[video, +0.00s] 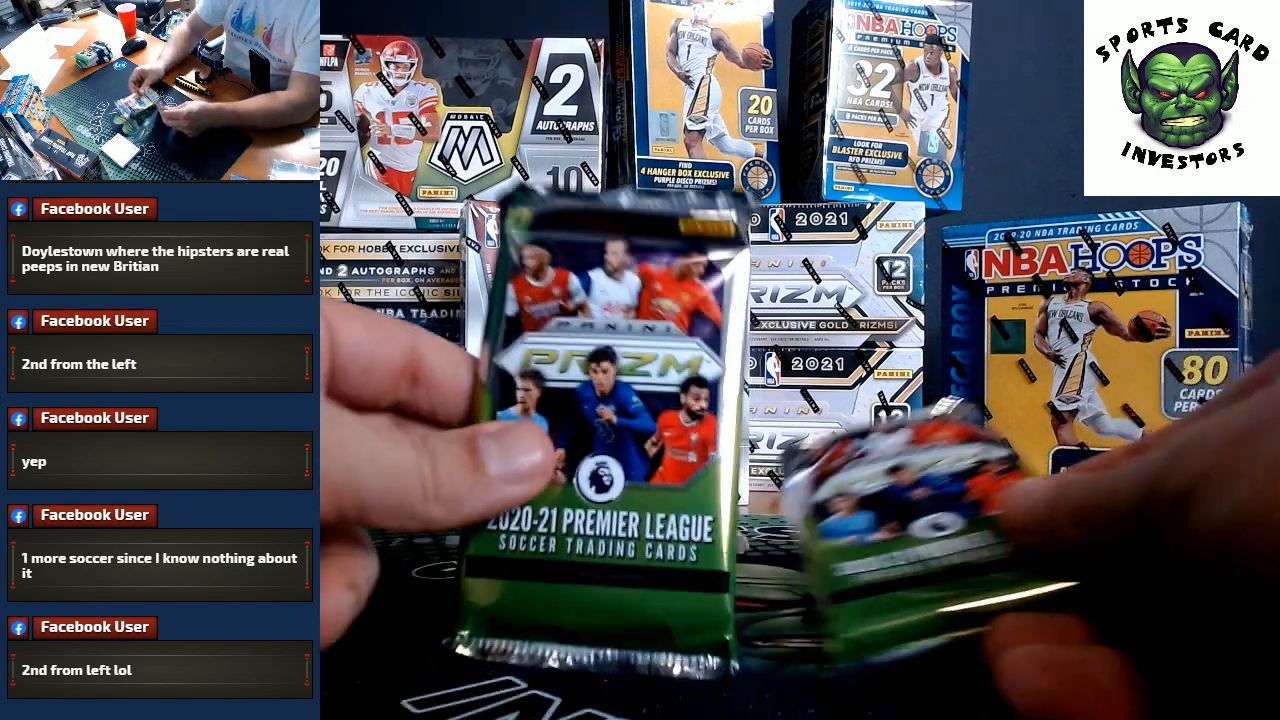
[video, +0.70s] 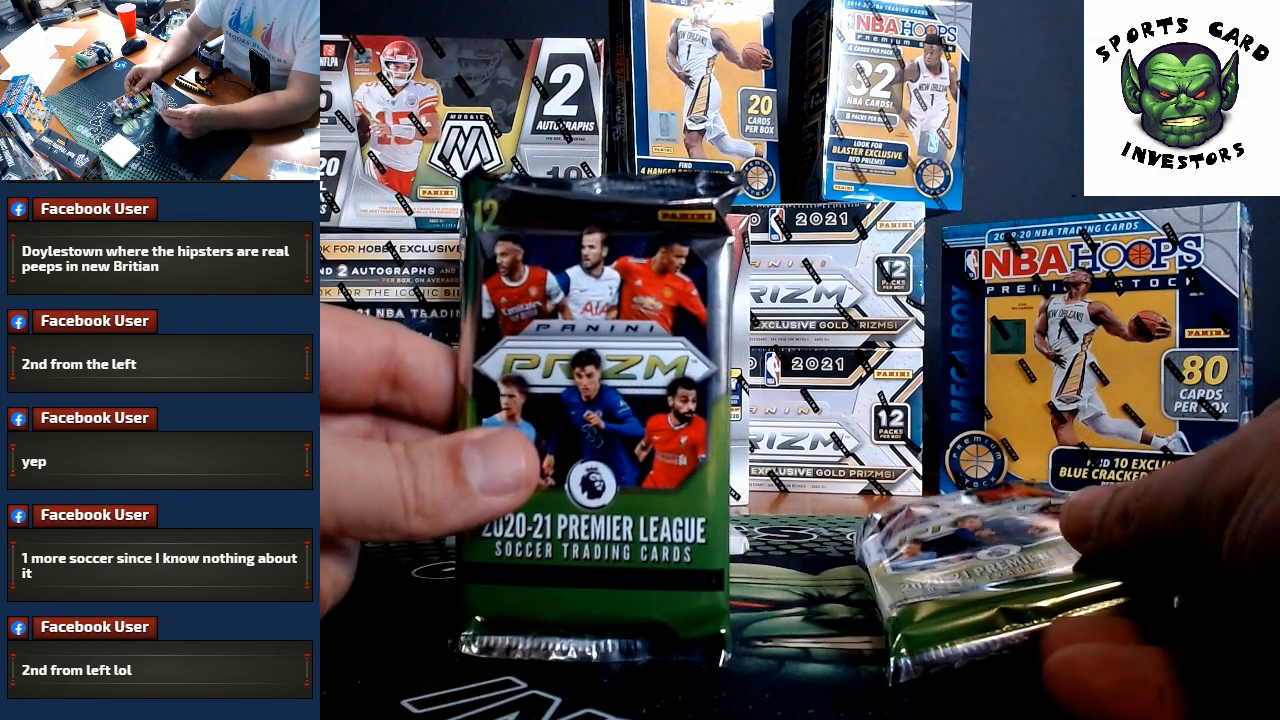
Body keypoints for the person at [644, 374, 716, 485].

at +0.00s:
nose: (702, 405)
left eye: (706, 400)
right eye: (696, 399)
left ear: (709, 400)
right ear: (682, 398)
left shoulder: (711, 424)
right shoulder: (666, 419)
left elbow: (713, 458)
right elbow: (658, 437)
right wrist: (652, 445)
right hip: (663, 483)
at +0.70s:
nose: (690, 407)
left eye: (694, 401)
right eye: (684, 401)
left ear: (697, 402)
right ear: (670, 401)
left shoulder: (699, 427)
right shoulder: (654, 423)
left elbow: (703, 461)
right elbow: (644, 446)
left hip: (682, 491)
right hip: (653, 487)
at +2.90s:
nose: (698, 408)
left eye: (701, 402)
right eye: (692, 402)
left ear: (704, 402)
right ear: (678, 403)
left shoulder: (708, 429)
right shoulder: (662, 424)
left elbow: (713, 464)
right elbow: (652, 448)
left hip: (691, 494)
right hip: (661, 490)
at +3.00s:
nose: (698, 408)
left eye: (701, 402)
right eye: (691, 402)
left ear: (704, 403)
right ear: (678, 403)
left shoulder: (708, 429)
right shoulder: (662, 424)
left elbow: (713, 465)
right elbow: (652, 448)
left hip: (691, 495)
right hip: (661, 490)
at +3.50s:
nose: (695, 407)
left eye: (699, 401)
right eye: (689, 401)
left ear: (701, 401)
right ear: (675, 402)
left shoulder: (706, 427)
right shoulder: (660, 424)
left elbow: (711, 466)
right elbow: (650, 448)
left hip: (689, 494)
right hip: (659, 489)